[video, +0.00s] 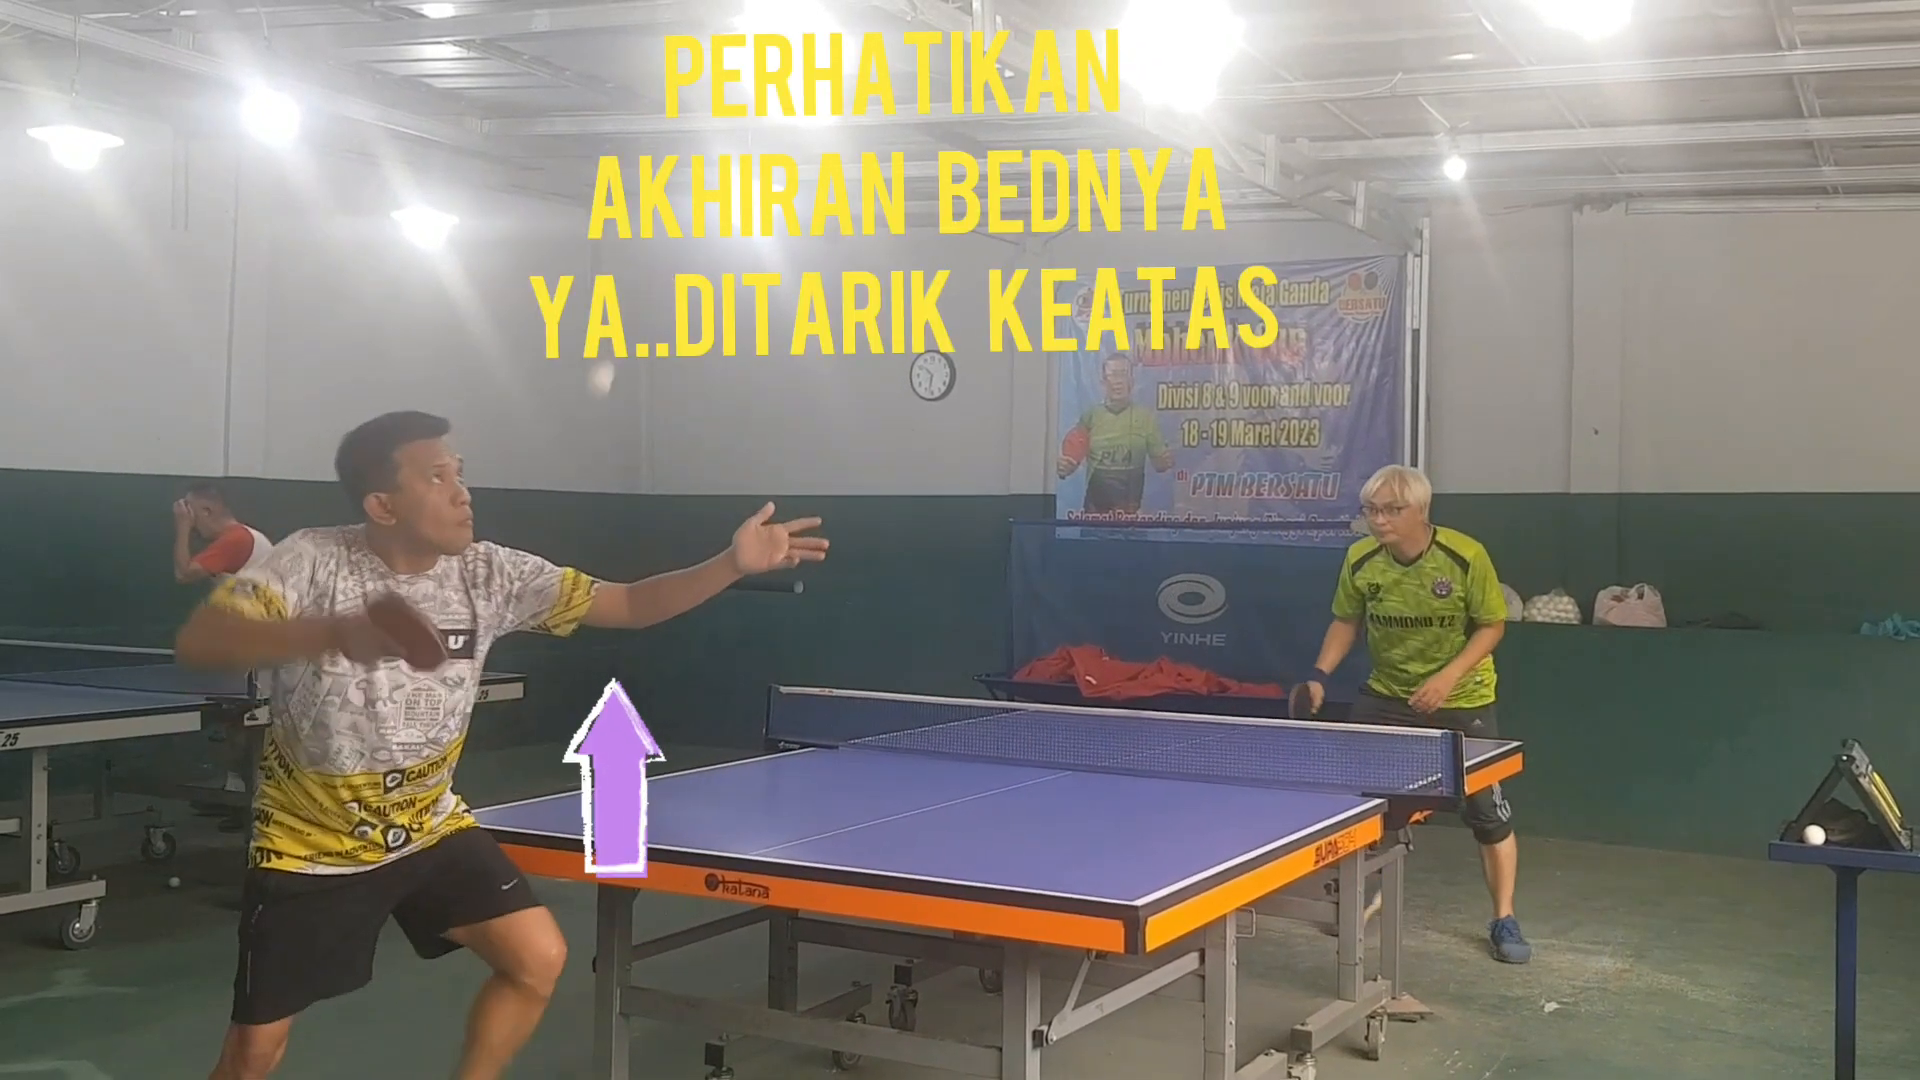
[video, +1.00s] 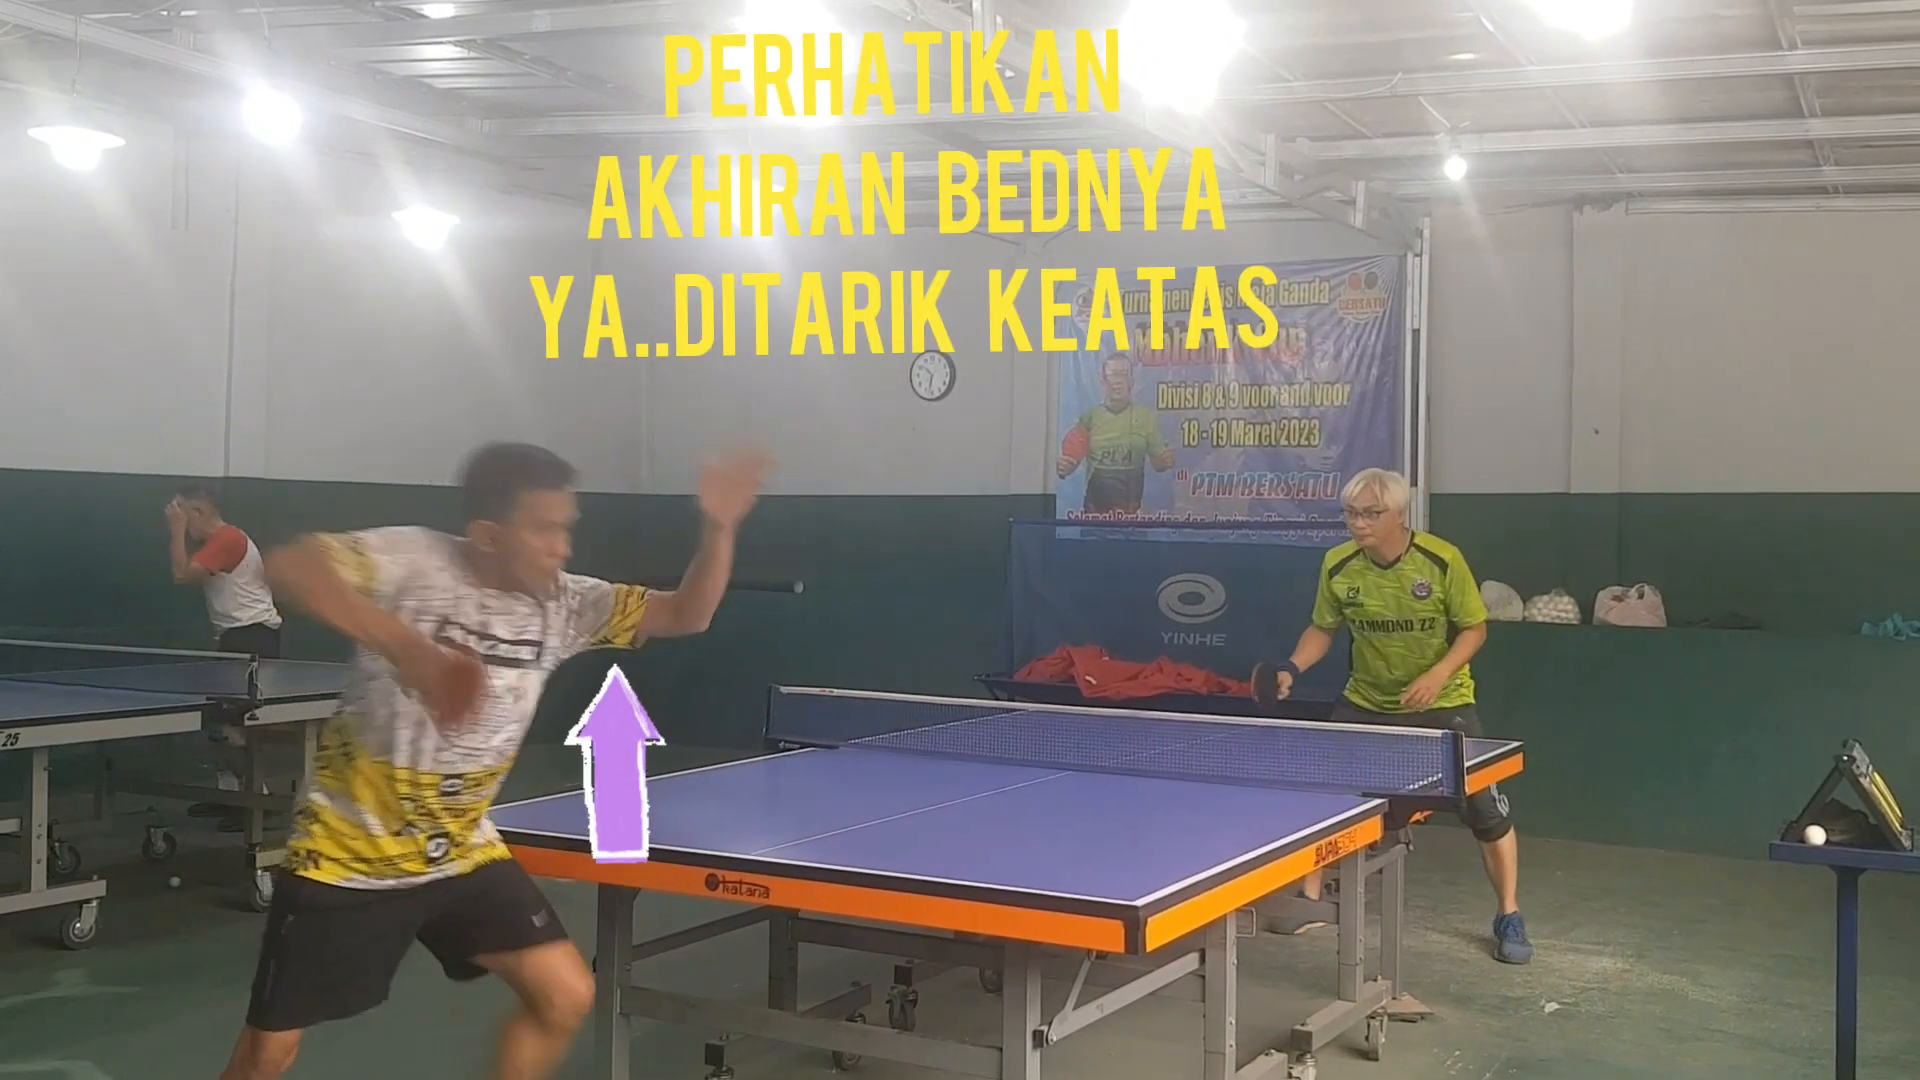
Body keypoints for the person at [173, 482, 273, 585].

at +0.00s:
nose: (193, 524)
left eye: (193, 515)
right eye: (191, 517)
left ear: (207, 512)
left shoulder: (237, 538)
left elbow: (183, 575)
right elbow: (184, 573)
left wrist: (183, 526)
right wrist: (184, 527)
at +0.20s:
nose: (192, 524)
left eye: (191, 515)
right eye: (189, 517)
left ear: (206, 513)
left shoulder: (237, 538)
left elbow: (184, 575)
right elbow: (184, 574)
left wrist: (183, 526)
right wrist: (183, 528)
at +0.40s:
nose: (189, 523)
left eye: (190, 517)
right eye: (187, 518)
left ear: (206, 514)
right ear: (207, 514)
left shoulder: (237, 538)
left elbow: (186, 575)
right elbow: (187, 575)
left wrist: (182, 529)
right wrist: (183, 530)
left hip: (257, 637)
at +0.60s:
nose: (188, 524)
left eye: (189, 518)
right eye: (187, 519)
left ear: (204, 513)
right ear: (206, 513)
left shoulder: (230, 540)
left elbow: (185, 579)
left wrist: (180, 529)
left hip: (250, 639)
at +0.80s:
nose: (186, 522)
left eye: (189, 514)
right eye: (185, 516)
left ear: (205, 510)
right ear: (201, 513)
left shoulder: (229, 539)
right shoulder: (217, 541)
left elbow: (183, 574)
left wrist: (178, 530)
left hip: (254, 634)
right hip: (237, 633)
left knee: (237, 719)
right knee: (223, 716)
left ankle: (254, 798)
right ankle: (228, 791)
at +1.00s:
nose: (182, 523)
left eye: (184, 515)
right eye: (180, 516)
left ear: (201, 510)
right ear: (202, 512)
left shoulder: (228, 539)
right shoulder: (221, 540)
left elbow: (182, 574)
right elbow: (187, 572)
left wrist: (177, 529)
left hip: (252, 635)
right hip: (238, 634)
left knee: (229, 717)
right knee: (220, 715)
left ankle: (251, 795)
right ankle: (227, 791)